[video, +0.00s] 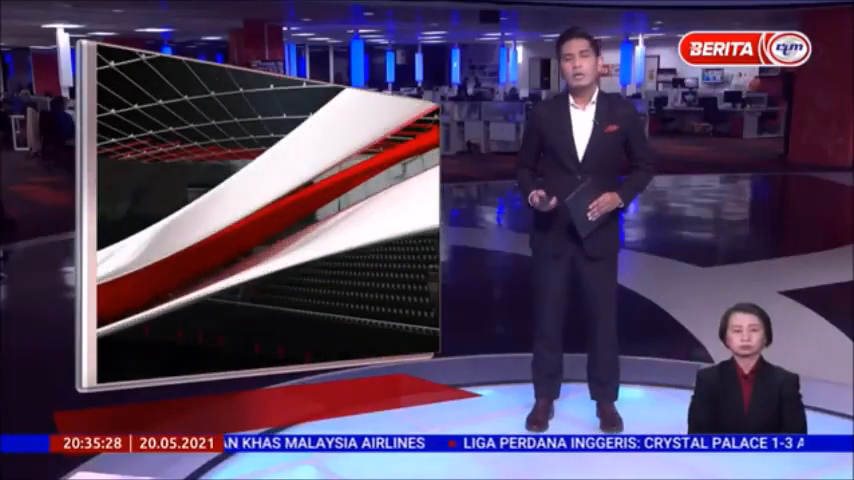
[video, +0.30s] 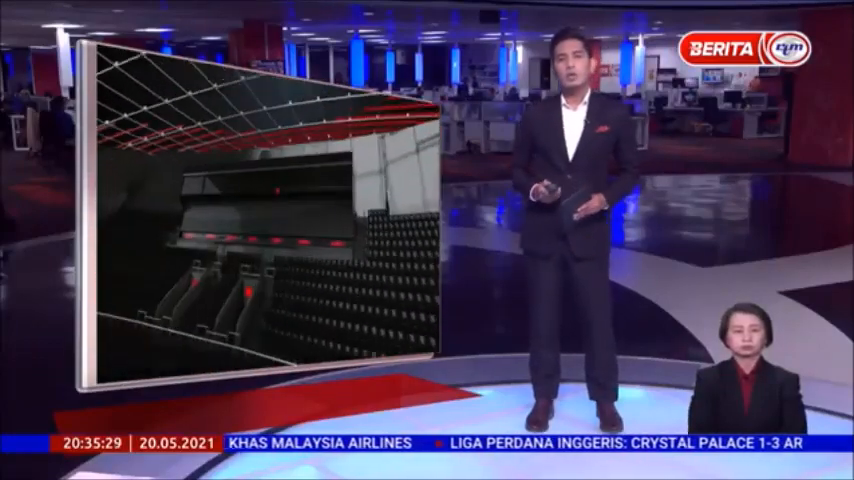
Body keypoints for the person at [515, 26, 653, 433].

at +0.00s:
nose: (576, 64)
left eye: (584, 56)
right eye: (568, 58)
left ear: (599, 63)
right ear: (560, 67)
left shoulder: (621, 111)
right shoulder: (542, 112)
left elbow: (644, 166)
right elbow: (524, 166)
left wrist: (620, 196)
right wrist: (533, 192)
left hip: (599, 229)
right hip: (551, 229)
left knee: (602, 316)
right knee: (548, 315)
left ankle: (606, 400)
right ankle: (544, 397)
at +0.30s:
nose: (569, 65)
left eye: (577, 57)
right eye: (561, 58)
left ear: (592, 63)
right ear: (553, 67)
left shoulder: (614, 111)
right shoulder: (535, 112)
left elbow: (630, 171)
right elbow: (518, 167)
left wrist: (605, 198)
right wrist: (532, 187)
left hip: (589, 230)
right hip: (542, 230)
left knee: (597, 316)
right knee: (543, 316)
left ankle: (605, 400)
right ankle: (543, 397)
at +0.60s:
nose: (567, 64)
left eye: (574, 56)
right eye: (559, 58)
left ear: (588, 63)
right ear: (549, 66)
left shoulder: (610, 111)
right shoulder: (533, 112)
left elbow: (625, 172)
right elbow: (515, 166)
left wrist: (599, 196)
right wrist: (529, 187)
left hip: (588, 232)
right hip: (541, 232)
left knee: (595, 317)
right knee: (542, 317)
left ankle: (605, 400)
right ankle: (543, 398)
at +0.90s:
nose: (566, 65)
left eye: (573, 57)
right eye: (558, 58)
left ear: (587, 63)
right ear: (548, 67)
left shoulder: (609, 111)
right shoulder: (532, 113)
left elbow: (628, 168)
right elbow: (514, 167)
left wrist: (607, 197)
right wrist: (529, 188)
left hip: (588, 231)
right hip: (541, 231)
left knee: (594, 318)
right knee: (542, 318)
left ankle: (604, 399)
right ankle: (542, 398)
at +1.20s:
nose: (559, 68)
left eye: (565, 59)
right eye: (551, 63)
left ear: (584, 63)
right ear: (546, 71)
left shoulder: (611, 111)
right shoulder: (533, 114)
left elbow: (629, 168)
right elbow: (517, 169)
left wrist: (609, 195)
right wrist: (529, 187)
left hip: (589, 231)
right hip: (542, 231)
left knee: (594, 318)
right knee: (542, 318)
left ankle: (605, 400)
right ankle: (542, 398)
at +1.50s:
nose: (559, 70)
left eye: (566, 61)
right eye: (551, 65)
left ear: (584, 64)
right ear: (546, 73)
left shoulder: (611, 112)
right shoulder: (533, 114)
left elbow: (629, 168)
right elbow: (517, 170)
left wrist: (613, 194)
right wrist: (530, 187)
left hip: (589, 232)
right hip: (543, 232)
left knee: (594, 319)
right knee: (542, 319)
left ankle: (605, 400)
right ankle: (542, 398)